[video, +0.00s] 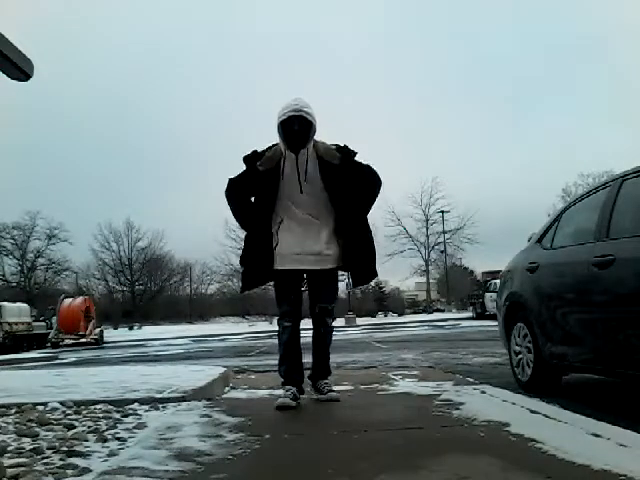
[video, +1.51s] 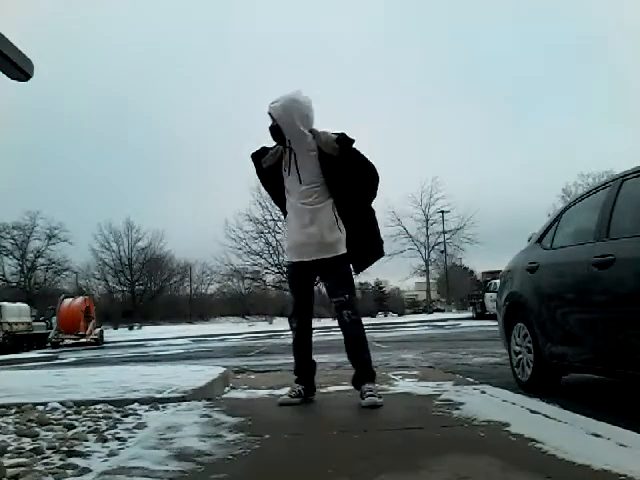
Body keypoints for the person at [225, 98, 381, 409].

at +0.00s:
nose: (295, 130)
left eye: (301, 124)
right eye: (289, 125)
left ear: (312, 127)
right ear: (279, 129)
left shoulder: (334, 158)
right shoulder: (269, 162)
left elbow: (371, 182)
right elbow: (235, 190)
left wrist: (351, 218)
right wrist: (255, 225)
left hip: (325, 252)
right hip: (285, 253)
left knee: (324, 318)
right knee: (288, 320)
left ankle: (321, 381)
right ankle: (291, 386)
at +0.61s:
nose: (332, 125)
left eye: (339, 119)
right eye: (326, 119)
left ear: (350, 120)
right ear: (316, 119)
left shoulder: (366, 150)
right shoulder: (299, 149)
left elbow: (379, 188)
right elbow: (280, 185)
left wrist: (359, 222)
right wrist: (298, 218)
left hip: (350, 241)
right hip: (309, 242)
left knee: (359, 312)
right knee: (303, 316)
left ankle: (368, 384)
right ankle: (294, 385)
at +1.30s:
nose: (299, 121)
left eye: (304, 114)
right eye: (299, 114)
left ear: (324, 114)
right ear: (306, 115)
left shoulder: (357, 145)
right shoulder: (295, 151)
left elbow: (387, 183)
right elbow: (294, 194)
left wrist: (368, 212)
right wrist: (306, 218)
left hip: (347, 245)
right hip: (308, 247)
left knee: (356, 315)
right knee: (303, 317)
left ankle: (367, 384)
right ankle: (302, 383)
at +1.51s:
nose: (274, 128)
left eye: (278, 121)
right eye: (273, 122)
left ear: (295, 119)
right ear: (283, 124)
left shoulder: (331, 146)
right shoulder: (275, 159)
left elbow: (368, 177)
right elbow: (280, 198)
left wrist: (353, 213)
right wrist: (295, 218)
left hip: (333, 246)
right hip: (298, 250)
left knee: (348, 315)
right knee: (300, 322)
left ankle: (366, 384)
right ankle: (304, 386)